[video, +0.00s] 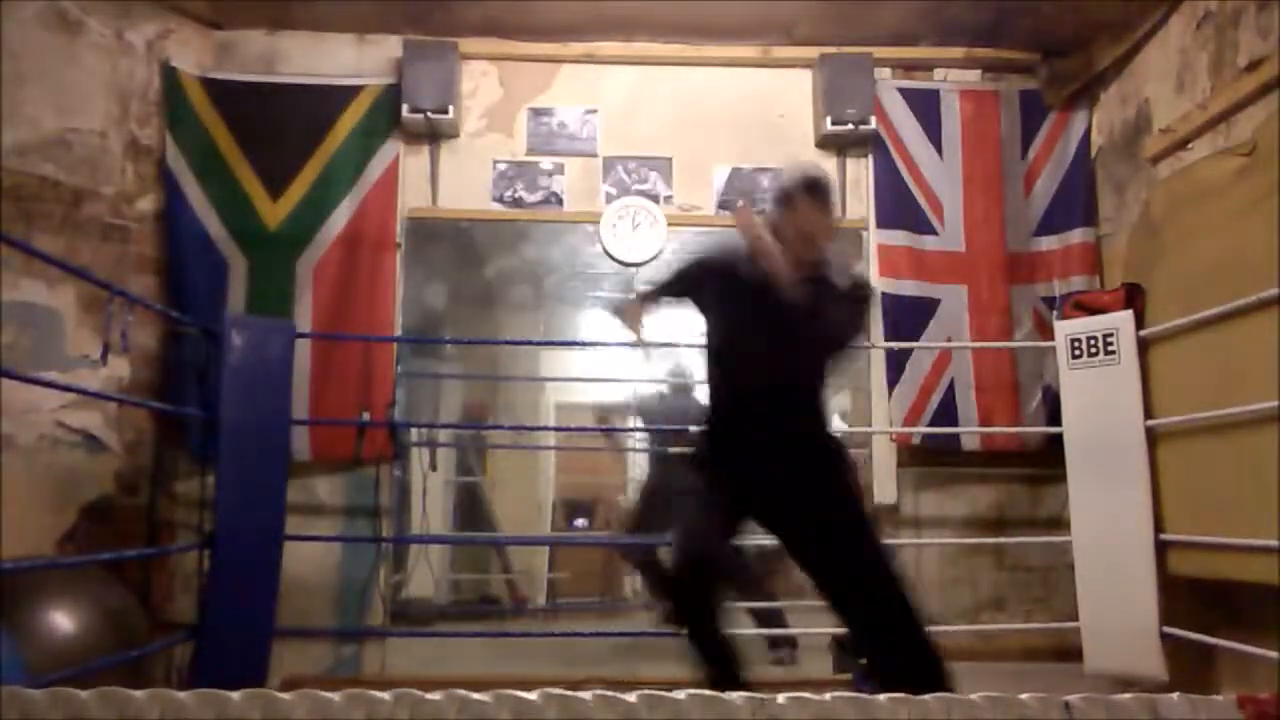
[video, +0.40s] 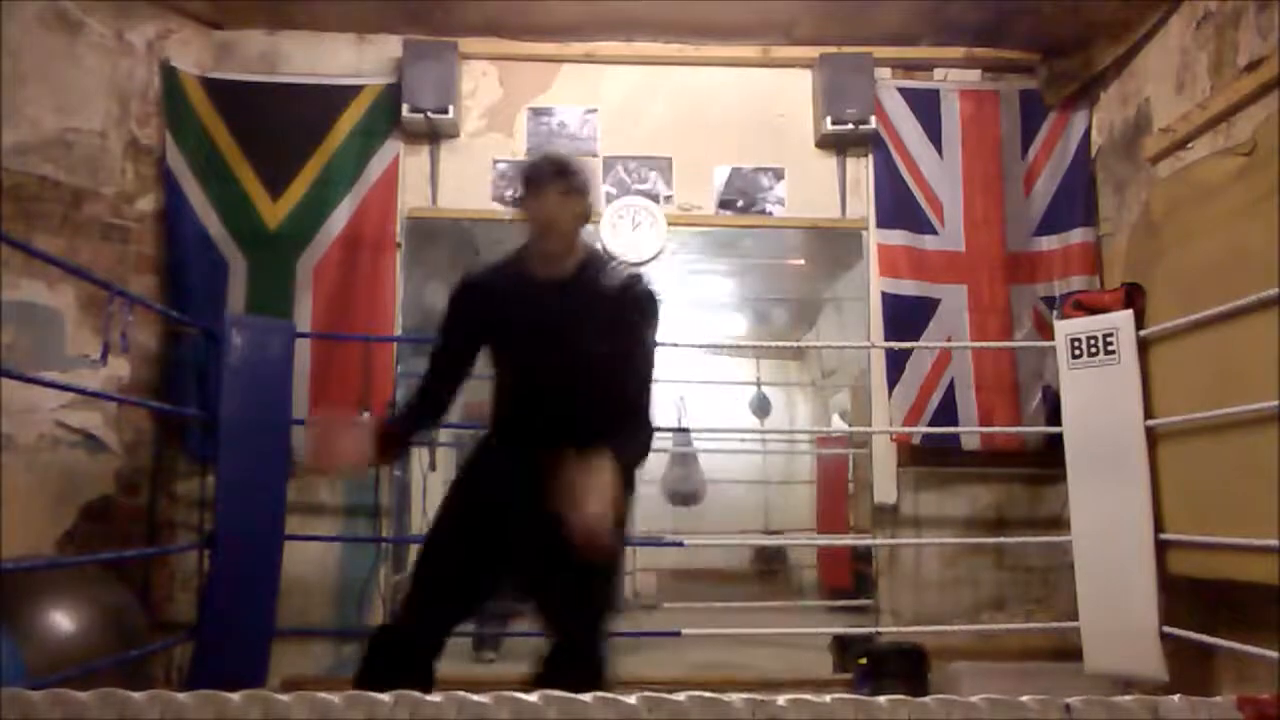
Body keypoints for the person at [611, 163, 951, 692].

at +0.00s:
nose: (809, 231)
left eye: (819, 220)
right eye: (798, 218)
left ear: (831, 226)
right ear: (774, 219)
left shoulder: (838, 292)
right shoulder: (725, 275)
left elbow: (824, 336)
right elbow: (673, 288)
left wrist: (780, 271)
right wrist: (638, 305)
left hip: (803, 461)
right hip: (729, 460)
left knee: (863, 581)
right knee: (688, 573)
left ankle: (926, 693)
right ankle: (729, 683)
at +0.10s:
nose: (738, 173)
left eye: (750, 163)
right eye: (726, 161)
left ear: (765, 172)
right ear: (708, 165)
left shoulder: (786, 235)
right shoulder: (667, 220)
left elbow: (769, 248)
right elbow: (558, 224)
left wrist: (689, 173)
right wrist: (571, 208)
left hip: (750, 426)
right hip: (673, 422)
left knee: (802, 559)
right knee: (586, 524)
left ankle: (868, 679)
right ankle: (600, 677)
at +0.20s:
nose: (674, 146)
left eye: (687, 135)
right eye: (664, 133)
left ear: (705, 147)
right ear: (648, 143)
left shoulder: (732, 216)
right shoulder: (606, 202)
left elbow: (716, 277)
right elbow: (498, 234)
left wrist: (641, 209)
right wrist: (488, 204)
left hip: (695, 414)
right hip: (616, 410)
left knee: (758, 557)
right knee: (528, 550)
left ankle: (787, 695)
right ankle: (468, 691)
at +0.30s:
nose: (614, 167)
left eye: (624, 154)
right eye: (604, 154)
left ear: (644, 167)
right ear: (587, 163)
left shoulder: (670, 254)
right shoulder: (542, 233)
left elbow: (671, 352)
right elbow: (458, 306)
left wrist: (593, 308)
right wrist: (424, 294)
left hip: (630, 447)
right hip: (549, 440)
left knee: (683, 605)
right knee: (471, 590)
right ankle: (398, 710)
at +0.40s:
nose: (548, 210)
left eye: (562, 196)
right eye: (538, 196)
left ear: (585, 209)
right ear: (523, 208)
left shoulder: (622, 295)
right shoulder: (488, 289)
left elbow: (633, 415)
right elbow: (438, 390)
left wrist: (612, 464)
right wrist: (383, 439)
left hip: (585, 478)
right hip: (503, 472)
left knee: (580, 646)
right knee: (418, 624)